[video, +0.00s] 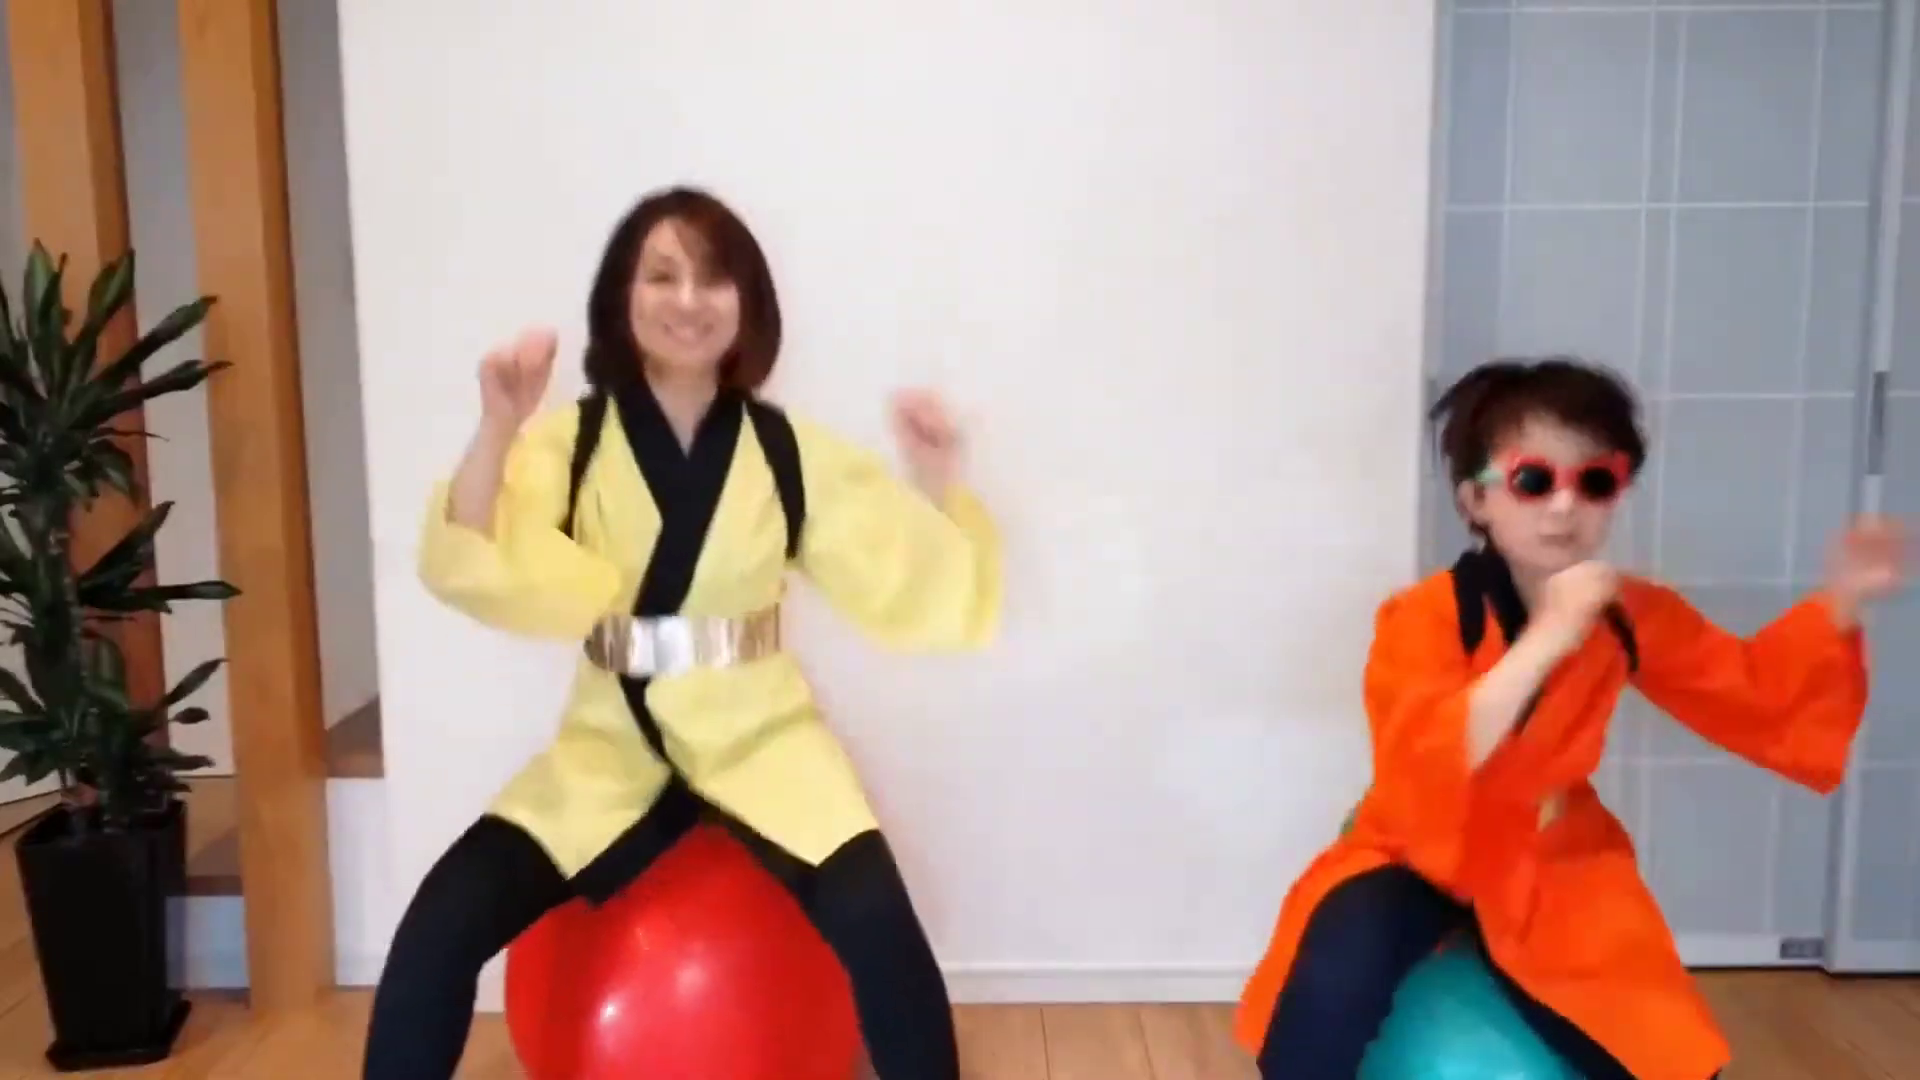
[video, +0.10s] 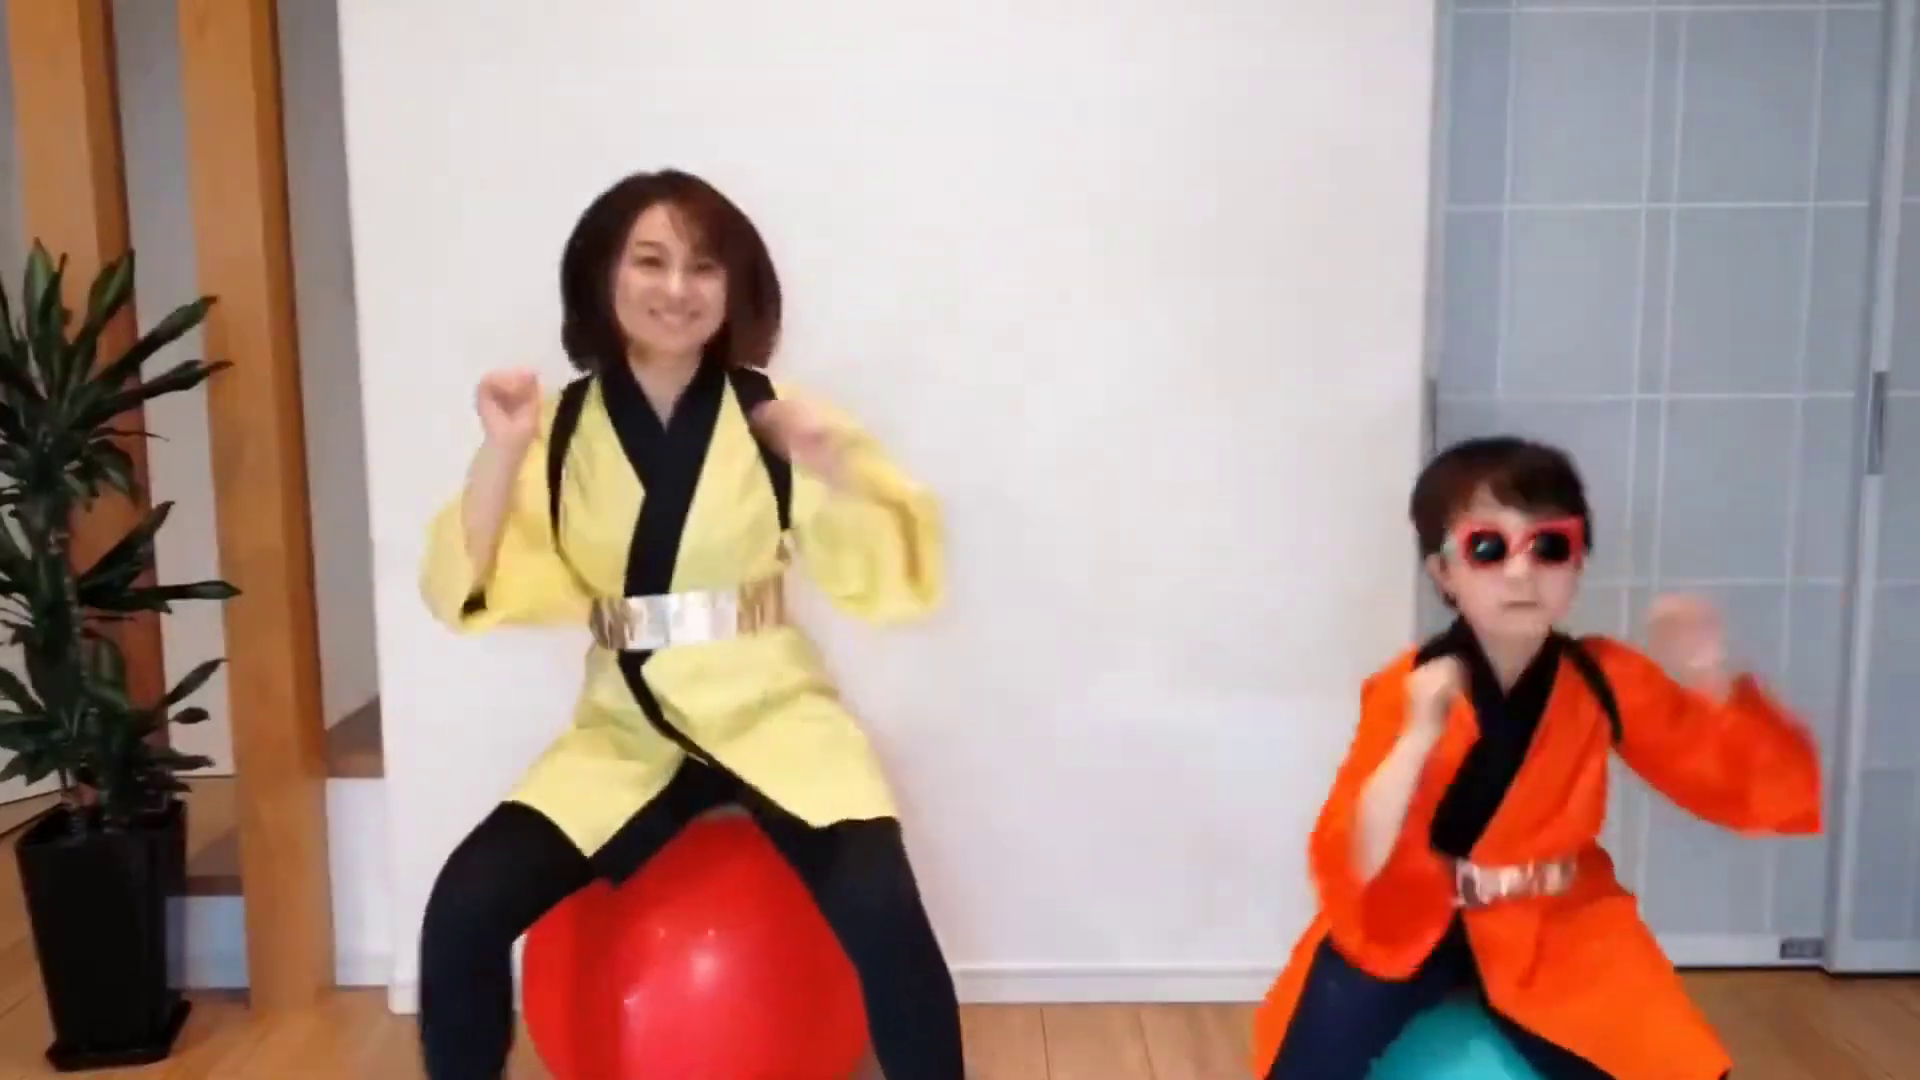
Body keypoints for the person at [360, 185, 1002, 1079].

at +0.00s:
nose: (686, 300)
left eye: (713, 279)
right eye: (660, 276)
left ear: (747, 303)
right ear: (622, 298)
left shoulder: (785, 447)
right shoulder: (570, 437)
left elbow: (923, 597)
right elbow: (464, 571)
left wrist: (936, 481)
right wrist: (496, 431)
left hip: (766, 747)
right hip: (611, 752)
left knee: (882, 929)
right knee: (440, 924)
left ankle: (922, 1071)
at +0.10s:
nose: (674, 289)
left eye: (703, 267)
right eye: (648, 262)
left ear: (733, 289)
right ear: (602, 281)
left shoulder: (772, 416)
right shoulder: (559, 426)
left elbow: (890, 574)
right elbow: (460, 594)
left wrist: (831, 462)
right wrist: (503, 451)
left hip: (778, 726)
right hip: (626, 738)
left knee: (886, 916)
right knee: (463, 909)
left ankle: (930, 1072)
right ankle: (461, 1073)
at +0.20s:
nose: (664, 336)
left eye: (688, 314)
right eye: (637, 311)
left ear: (719, 335)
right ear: (589, 330)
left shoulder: (778, 456)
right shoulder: (542, 485)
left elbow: (886, 556)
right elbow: (514, 664)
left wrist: (788, 567)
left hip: (788, 768)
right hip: (640, 780)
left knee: (886, 933)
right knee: (496, 938)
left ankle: (923, 1072)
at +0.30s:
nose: (646, 397)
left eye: (668, 372)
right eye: (616, 377)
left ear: (700, 390)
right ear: (575, 404)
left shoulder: (761, 508)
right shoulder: (548, 549)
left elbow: (900, 587)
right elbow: (545, 671)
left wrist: (838, 683)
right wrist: (519, 724)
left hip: (794, 824)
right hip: (647, 842)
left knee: (881, 957)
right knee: (500, 942)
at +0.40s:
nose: (633, 398)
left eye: (654, 370)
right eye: (602, 381)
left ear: (686, 382)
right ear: (565, 408)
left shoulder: (756, 499)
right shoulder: (550, 541)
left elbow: (906, 562)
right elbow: (563, 679)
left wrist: (899, 680)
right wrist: (529, 721)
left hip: (782, 816)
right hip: (641, 836)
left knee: (874, 953)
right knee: (496, 942)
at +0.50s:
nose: (620, 361)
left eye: (635, 332)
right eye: (586, 344)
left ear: (669, 340)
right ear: (545, 372)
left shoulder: (746, 453)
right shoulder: (541, 505)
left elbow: (894, 536)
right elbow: (567, 643)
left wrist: (899, 669)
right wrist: (533, 734)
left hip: (775, 767)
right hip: (631, 783)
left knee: (871, 955)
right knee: (484, 905)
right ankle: (513, 1078)